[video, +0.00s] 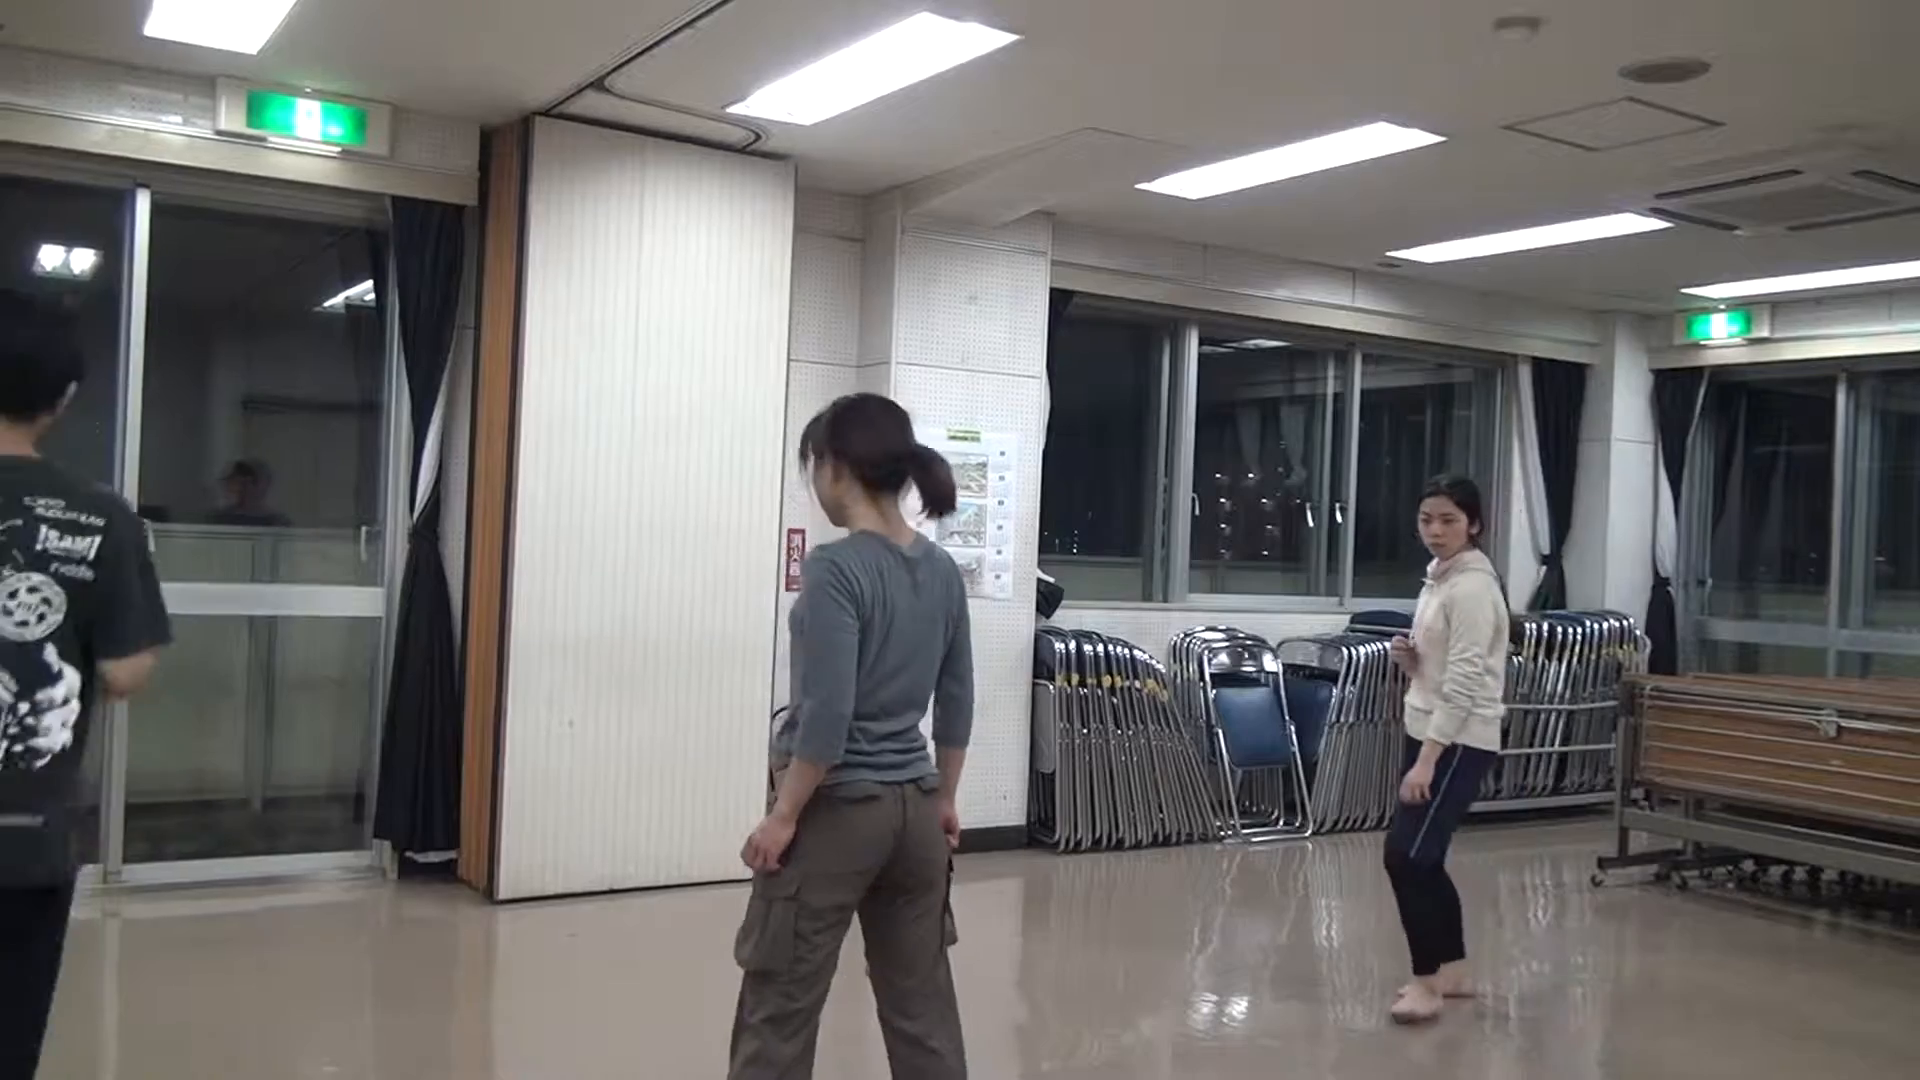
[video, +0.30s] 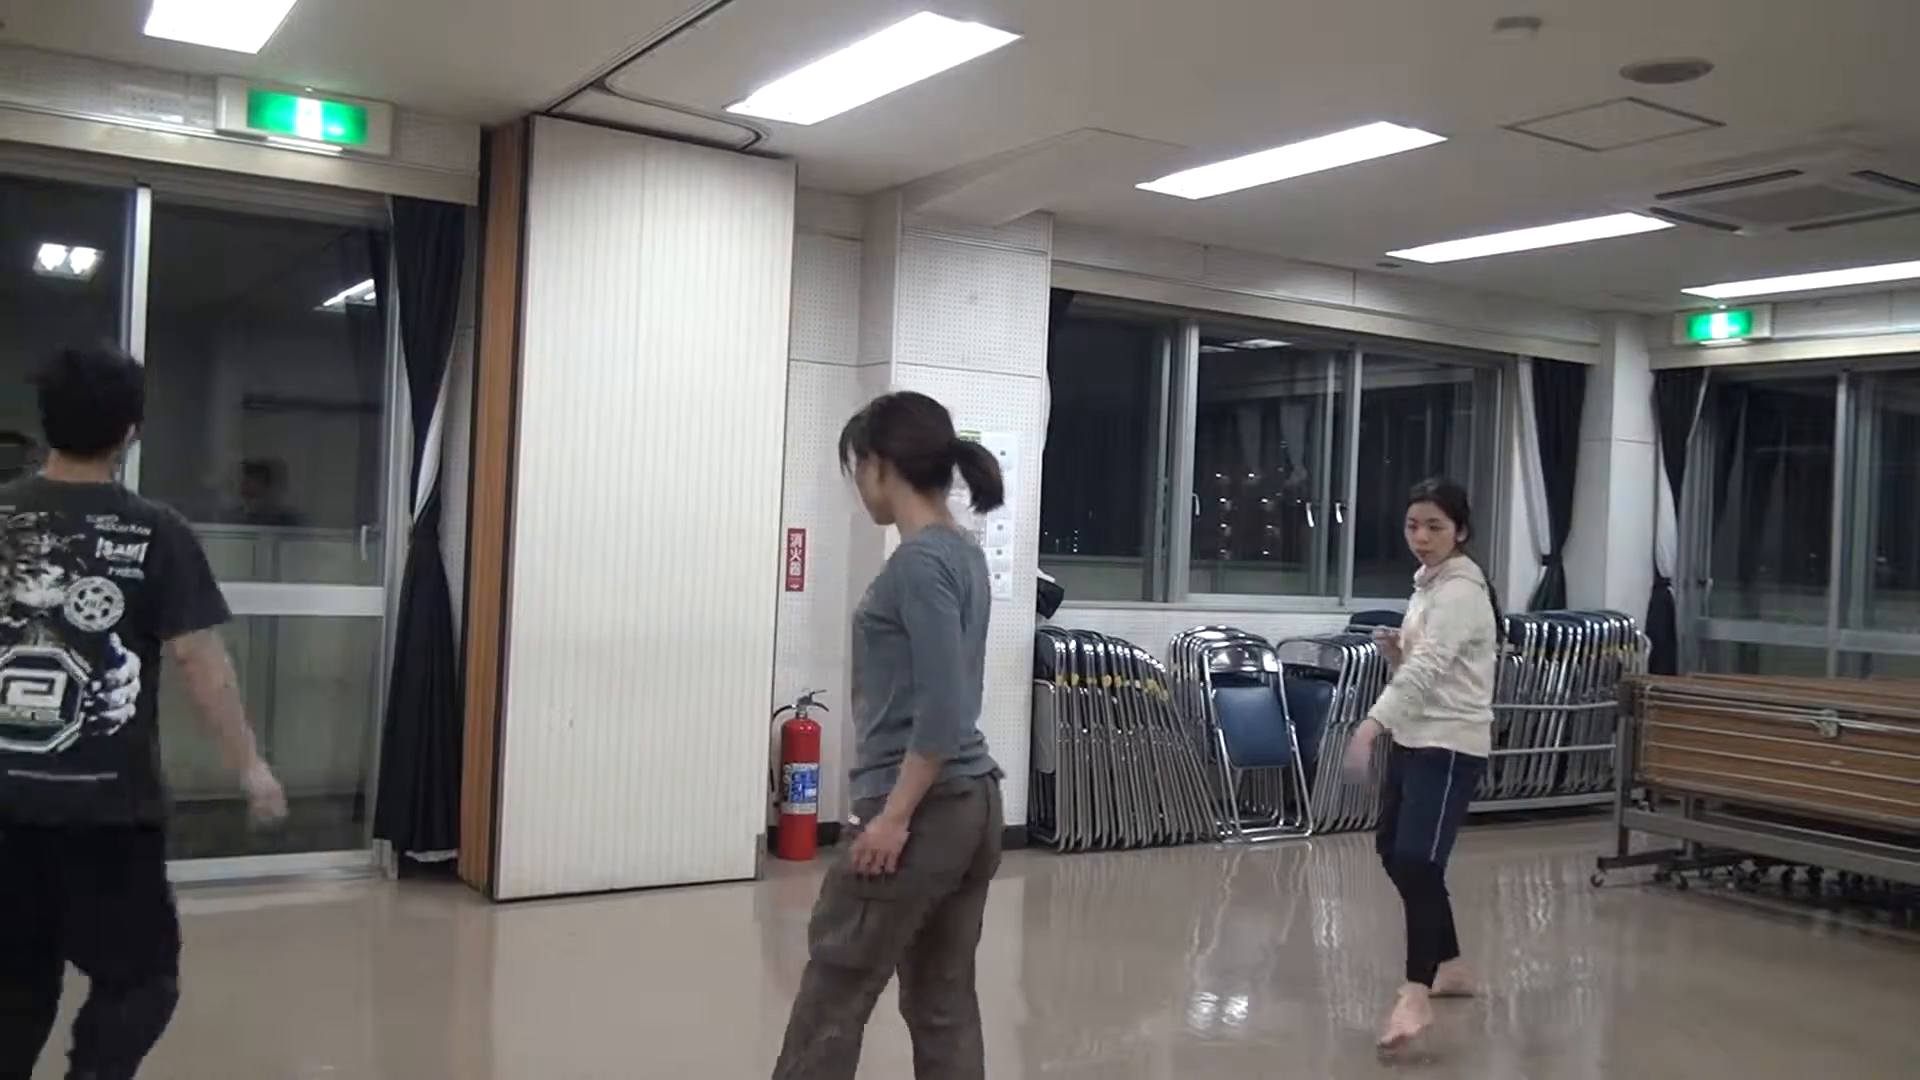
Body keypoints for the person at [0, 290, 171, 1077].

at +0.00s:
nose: (58, 398)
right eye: (64, 386)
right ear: (62, 398)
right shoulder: (99, 519)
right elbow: (128, 669)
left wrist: (66, 657)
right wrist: (59, 656)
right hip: (29, 836)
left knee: (16, 1047)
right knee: (14, 1051)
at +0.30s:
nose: (127, 426)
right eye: (130, 416)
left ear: (44, 420)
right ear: (129, 428)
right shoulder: (154, 533)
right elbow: (199, 661)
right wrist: (250, 765)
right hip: (104, 806)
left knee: (16, 984)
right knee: (138, 977)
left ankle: (12, 1065)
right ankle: (92, 1070)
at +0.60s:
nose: (244, 438)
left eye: (238, 425)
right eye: (234, 429)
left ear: (161, 448)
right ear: (209, 449)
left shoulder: (124, 512)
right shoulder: (222, 521)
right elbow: (203, 600)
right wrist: (213, 691)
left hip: (115, 730)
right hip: (201, 738)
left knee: (101, 867)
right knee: (207, 897)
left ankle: (23, 969)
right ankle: (156, 1006)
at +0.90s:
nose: (305, 454)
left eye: (301, 443)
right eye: (293, 446)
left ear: (252, 462)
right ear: (254, 460)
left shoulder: (223, 517)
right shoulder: (255, 526)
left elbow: (216, 604)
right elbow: (241, 623)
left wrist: (291, 604)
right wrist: (302, 634)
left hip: (232, 717)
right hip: (251, 722)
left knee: (272, 833)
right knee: (255, 860)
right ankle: (162, 993)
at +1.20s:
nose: (337, 453)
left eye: (340, 442)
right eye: (323, 442)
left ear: (339, 446)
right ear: (283, 446)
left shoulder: (328, 513)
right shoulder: (249, 512)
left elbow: (325, 586)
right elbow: (239, 599)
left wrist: (380, 581)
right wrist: (327, 571)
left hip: (321, 698)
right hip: (268, 703)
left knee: (334, 819)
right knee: (290, 827)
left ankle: (290, 931)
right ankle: (230, 957)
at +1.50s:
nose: (322, 457)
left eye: (330, 445)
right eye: (309, 445)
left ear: (338, 448)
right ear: (275, 444)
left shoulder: (352, 516)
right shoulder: (236, 507)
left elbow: (393, 594)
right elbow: (209, 584)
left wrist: (398, 546)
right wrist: (277, 529)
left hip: (337, 698)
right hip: (261, 698)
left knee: (344, 819)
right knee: (267, 821)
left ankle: (324, 933)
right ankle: (264, 950)